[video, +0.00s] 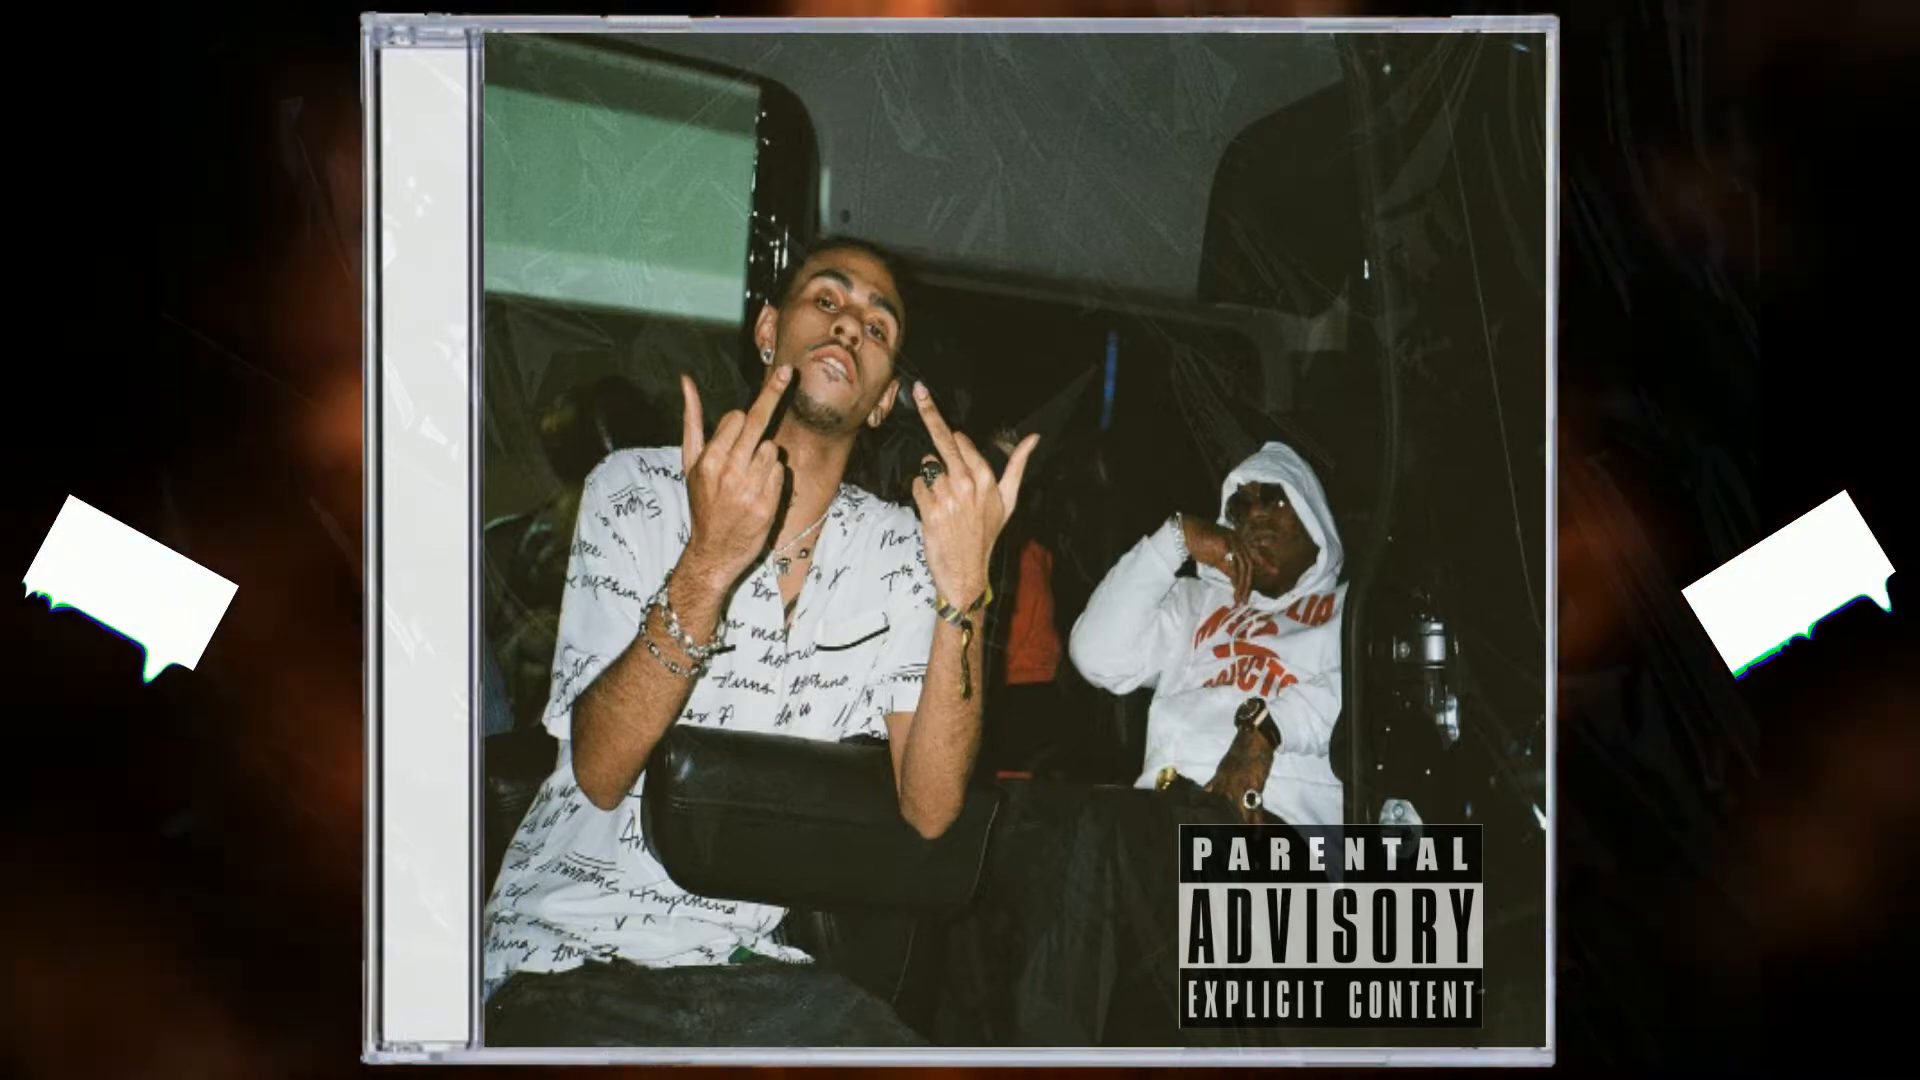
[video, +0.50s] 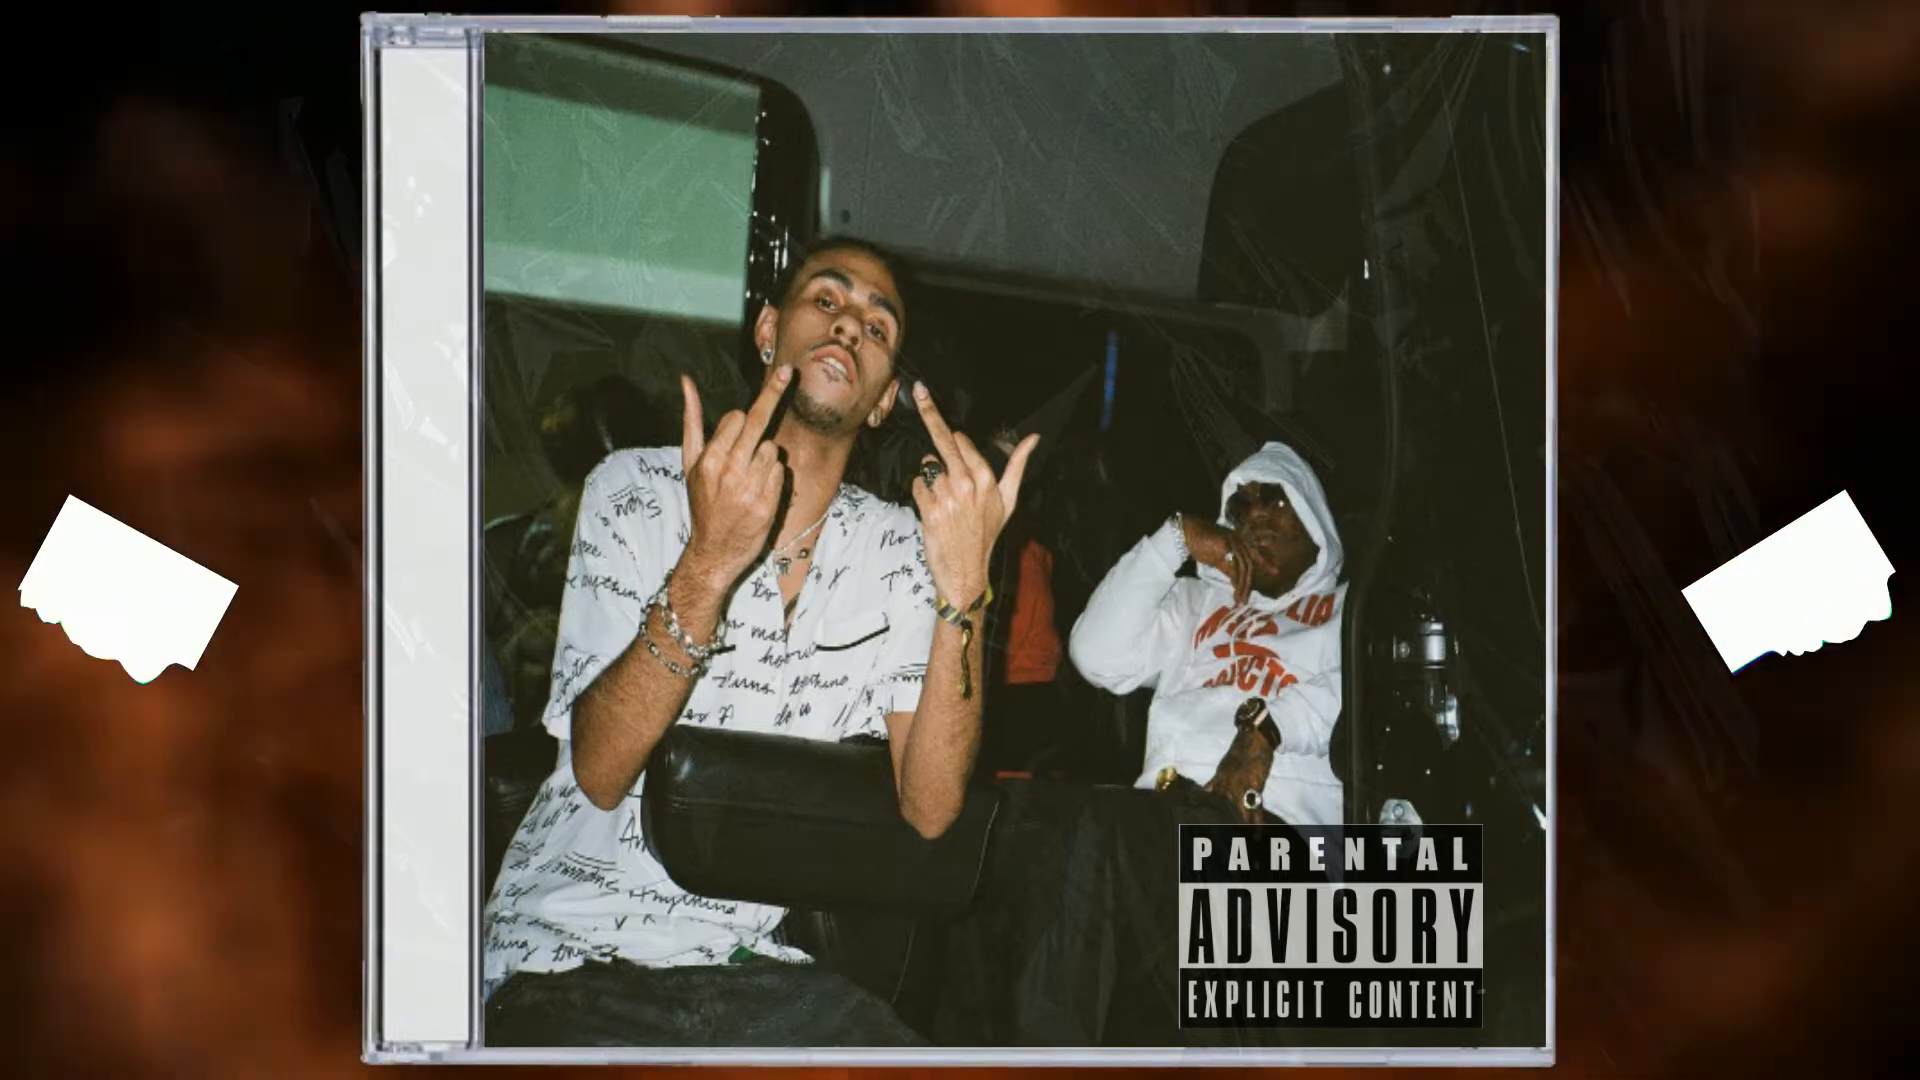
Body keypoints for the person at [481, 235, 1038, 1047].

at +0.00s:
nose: (852, 323)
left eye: (879, 323)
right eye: (826, 299)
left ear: (887, 396)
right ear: (767, 333)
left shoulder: (902, 550)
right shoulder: (638, 490)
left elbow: (931, 809)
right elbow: (601, 770)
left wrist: (966, 593)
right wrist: (709, 564)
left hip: (753, 957)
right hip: (569, 945)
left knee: (907, 1061)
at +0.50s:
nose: (852, 323)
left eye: (879, 323)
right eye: (826, 299)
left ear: (887, 396)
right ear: (767, 333)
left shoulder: (902, 550)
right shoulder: (638, 490)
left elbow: (931, 809)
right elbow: (601, 770)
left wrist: (966, 593)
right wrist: (709, 564)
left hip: (753, 957)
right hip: (569, 945)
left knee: (907, 1063)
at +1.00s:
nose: (852, 323)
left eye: (878, 324)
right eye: (826, 299)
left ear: (886, 397)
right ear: (766, 333)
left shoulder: (902, 550)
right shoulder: (637, 490)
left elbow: (930, 809)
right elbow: (601, 771)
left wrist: (965, 594)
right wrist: (709, 564)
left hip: (752, 956)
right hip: (567, 942)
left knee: (907, 1065)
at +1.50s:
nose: (852, 323)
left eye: (878, 323)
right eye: (826, 299)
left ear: (886, 396)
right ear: (766, 332)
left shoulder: (902, 550)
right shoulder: (638, 490)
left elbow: (930, 809)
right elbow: (601, 770)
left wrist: (965, 593)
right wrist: (709, 564)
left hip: (754, 956)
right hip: (568, 943)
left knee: (905, 1060)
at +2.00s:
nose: (852, 323)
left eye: (879, 324)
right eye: (826, 299)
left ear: (887, 396)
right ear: (767, 333)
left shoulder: (902, 550)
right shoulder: (637, 490)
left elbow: (930, 809)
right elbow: (601, 770)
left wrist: (965, 593)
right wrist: (709, 564)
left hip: (757, 958)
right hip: (570, 946)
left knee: (909, 1065)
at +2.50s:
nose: (851, 323)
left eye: (879, 323)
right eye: (826, 298)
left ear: (887, 395)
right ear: (767, 333)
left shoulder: (903, 550)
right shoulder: (638, 490)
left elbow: (931, 809)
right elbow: (601, 770)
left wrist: (965, 594)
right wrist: (710, 564)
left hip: (757, 957)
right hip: (572, 945)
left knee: (911, 1066)